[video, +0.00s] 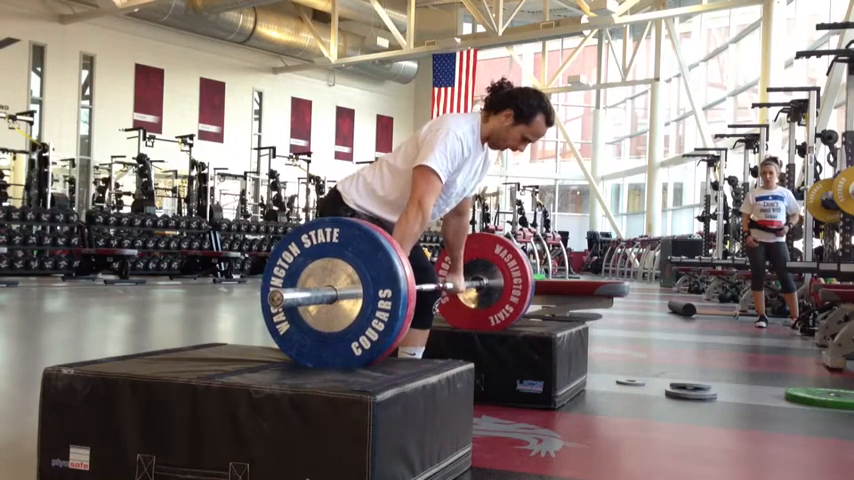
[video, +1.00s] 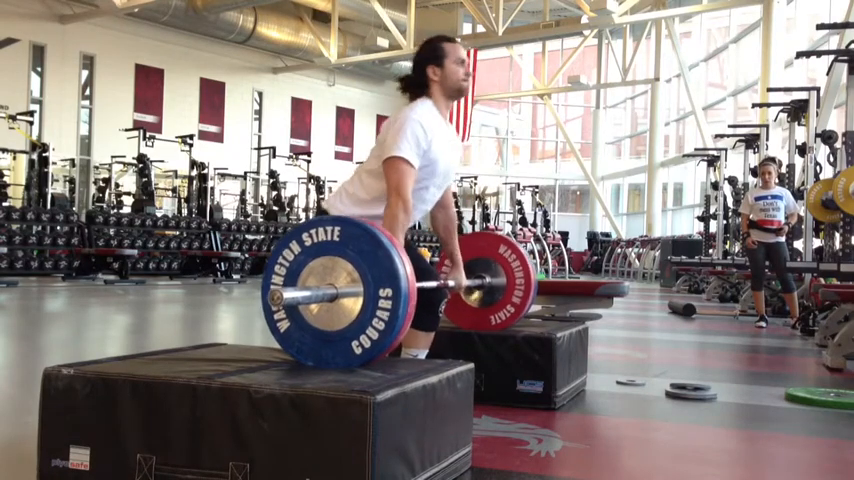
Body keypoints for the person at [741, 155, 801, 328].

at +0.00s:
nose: (767, 176)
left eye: (771, 173)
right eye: (764, 173)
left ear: (777, 174)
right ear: (760, 175)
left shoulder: (786, 194)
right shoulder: (752, 194)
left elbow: (796, 214)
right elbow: (746, 216)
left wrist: (788, 225)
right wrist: (746, 234)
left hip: (778, 240)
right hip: (757, 240)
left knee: (785, 276)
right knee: (758, 276)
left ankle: (795, 318)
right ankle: (761, 316)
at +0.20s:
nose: (766, 176)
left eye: (770, 173)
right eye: (763, 173)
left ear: (777, 175)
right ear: (760, 175)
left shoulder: (785, 194)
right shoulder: (752, 195)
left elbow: (794, 214)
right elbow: (745, 216)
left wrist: (788, 225)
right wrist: (746, 234)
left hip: (777, 240)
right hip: (757, 240)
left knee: (785, 276)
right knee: (757, 276)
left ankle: (795, 318)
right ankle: (761, 315)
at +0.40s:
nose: (766, 176)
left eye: (769, 173)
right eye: (763, 173)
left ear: (776, 174)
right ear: (759, 175)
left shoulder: (784, 193)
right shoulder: (752, 194)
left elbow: (794, 213)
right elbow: (744, 216)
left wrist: (788, 224)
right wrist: (746, 234)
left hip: (777, 240)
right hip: (757, 239)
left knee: (785, 276)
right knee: (757, 276)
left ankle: (795, 317)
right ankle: (761, 316)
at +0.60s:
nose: (766, 176)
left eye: (769, 173)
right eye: (763, 173)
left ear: (776, 174)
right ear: (759, 175)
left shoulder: (784, 193)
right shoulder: (751, 195)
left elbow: (794, 213)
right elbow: (744, 216)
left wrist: (788, 224)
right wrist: (746, 234)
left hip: (777, 240)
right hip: (757, 239)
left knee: (785, 276)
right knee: (757, 277)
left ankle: (795, 317)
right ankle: (761, 316)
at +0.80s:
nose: (766, 176)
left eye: (769, 173)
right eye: (763, 173)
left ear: (775, 174)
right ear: (759, 175)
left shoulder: (784, 193)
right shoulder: (751, 195)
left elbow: (794, 213)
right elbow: (744, 216)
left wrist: (788, 224)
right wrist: (746, 234)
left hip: (777, 240)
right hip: (756, 239)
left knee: (785, 276)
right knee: (757, 277)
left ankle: (795, 317)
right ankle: (761, 316)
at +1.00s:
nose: (766, 176)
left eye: (769, 173)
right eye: (763, 173)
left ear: (776, 174)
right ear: (759, 175)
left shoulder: (784, 193)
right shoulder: (751, 195)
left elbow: (794, 213)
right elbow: (744, 217)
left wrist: (788, 224)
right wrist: (746, 235)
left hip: (777, 240)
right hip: (756, 239)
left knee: (785, 276)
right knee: (757, 277)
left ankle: (795, 318)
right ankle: (761, 316)